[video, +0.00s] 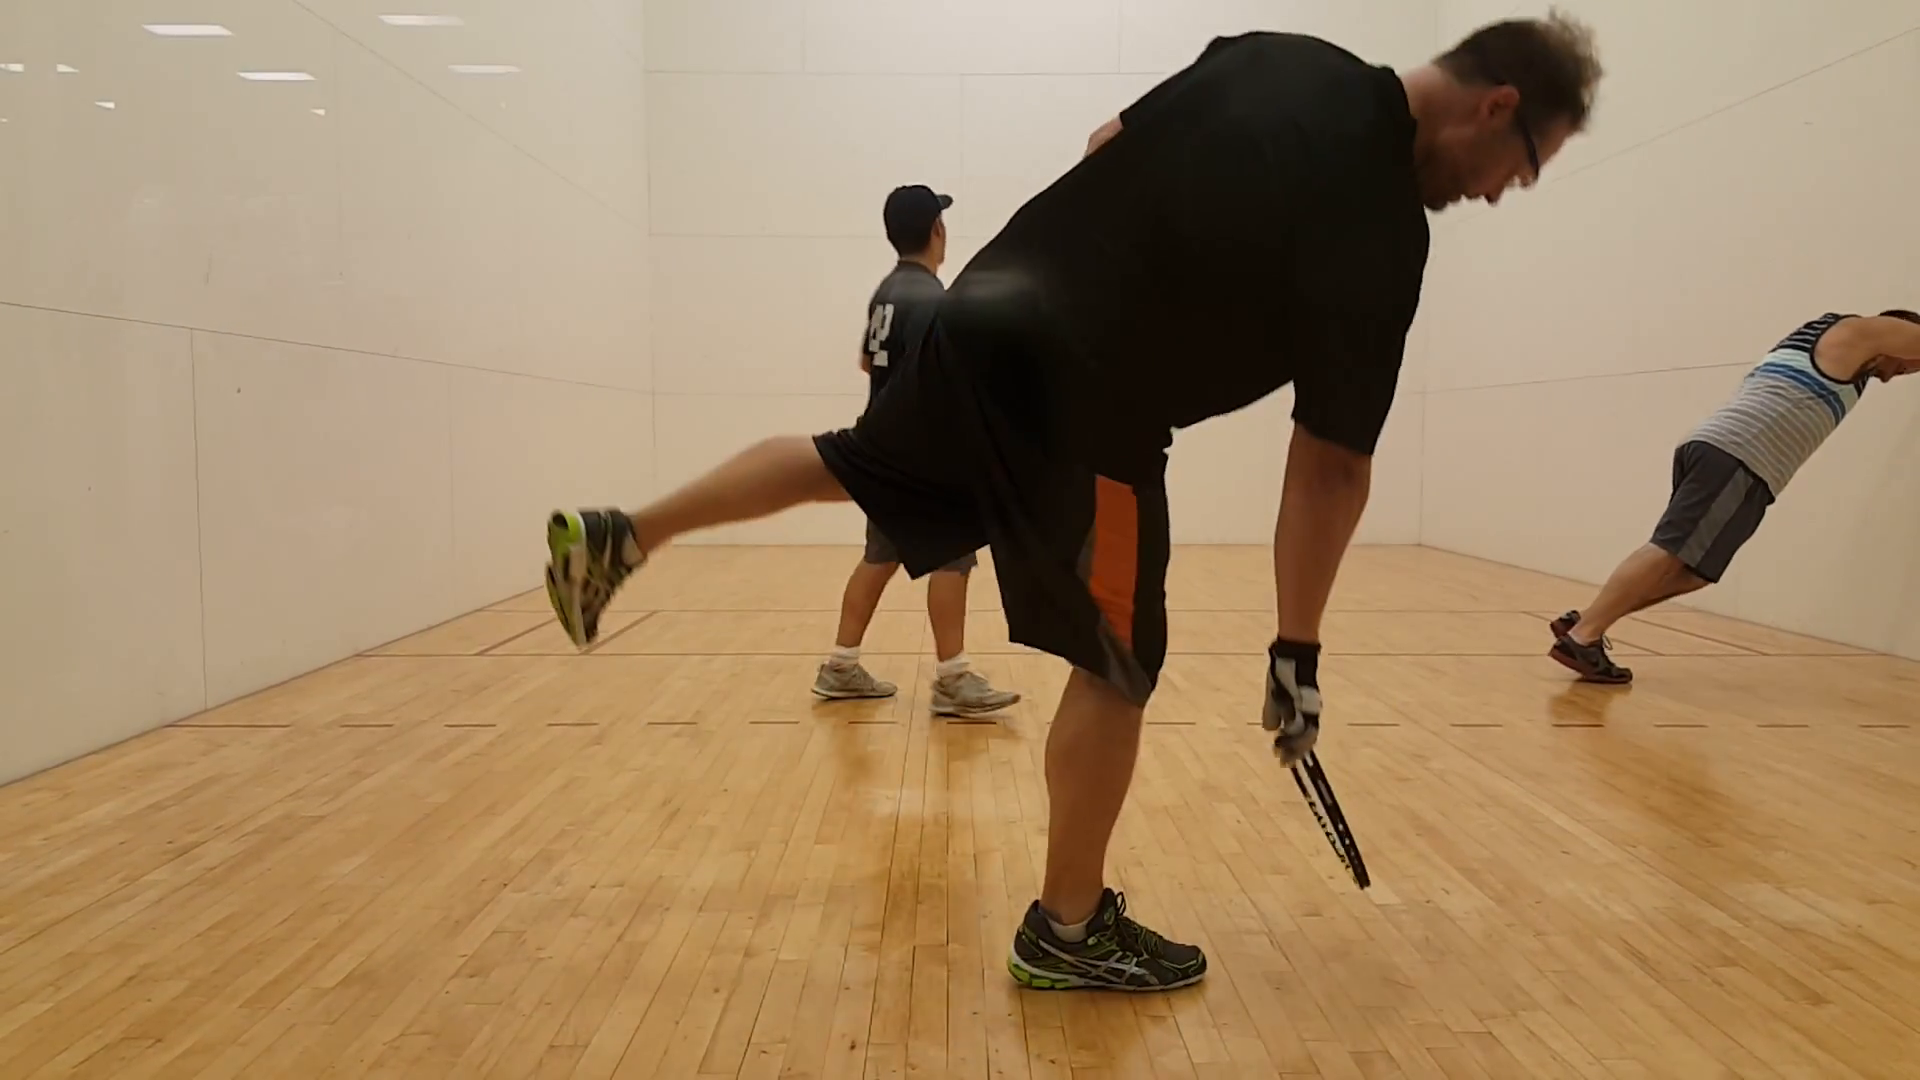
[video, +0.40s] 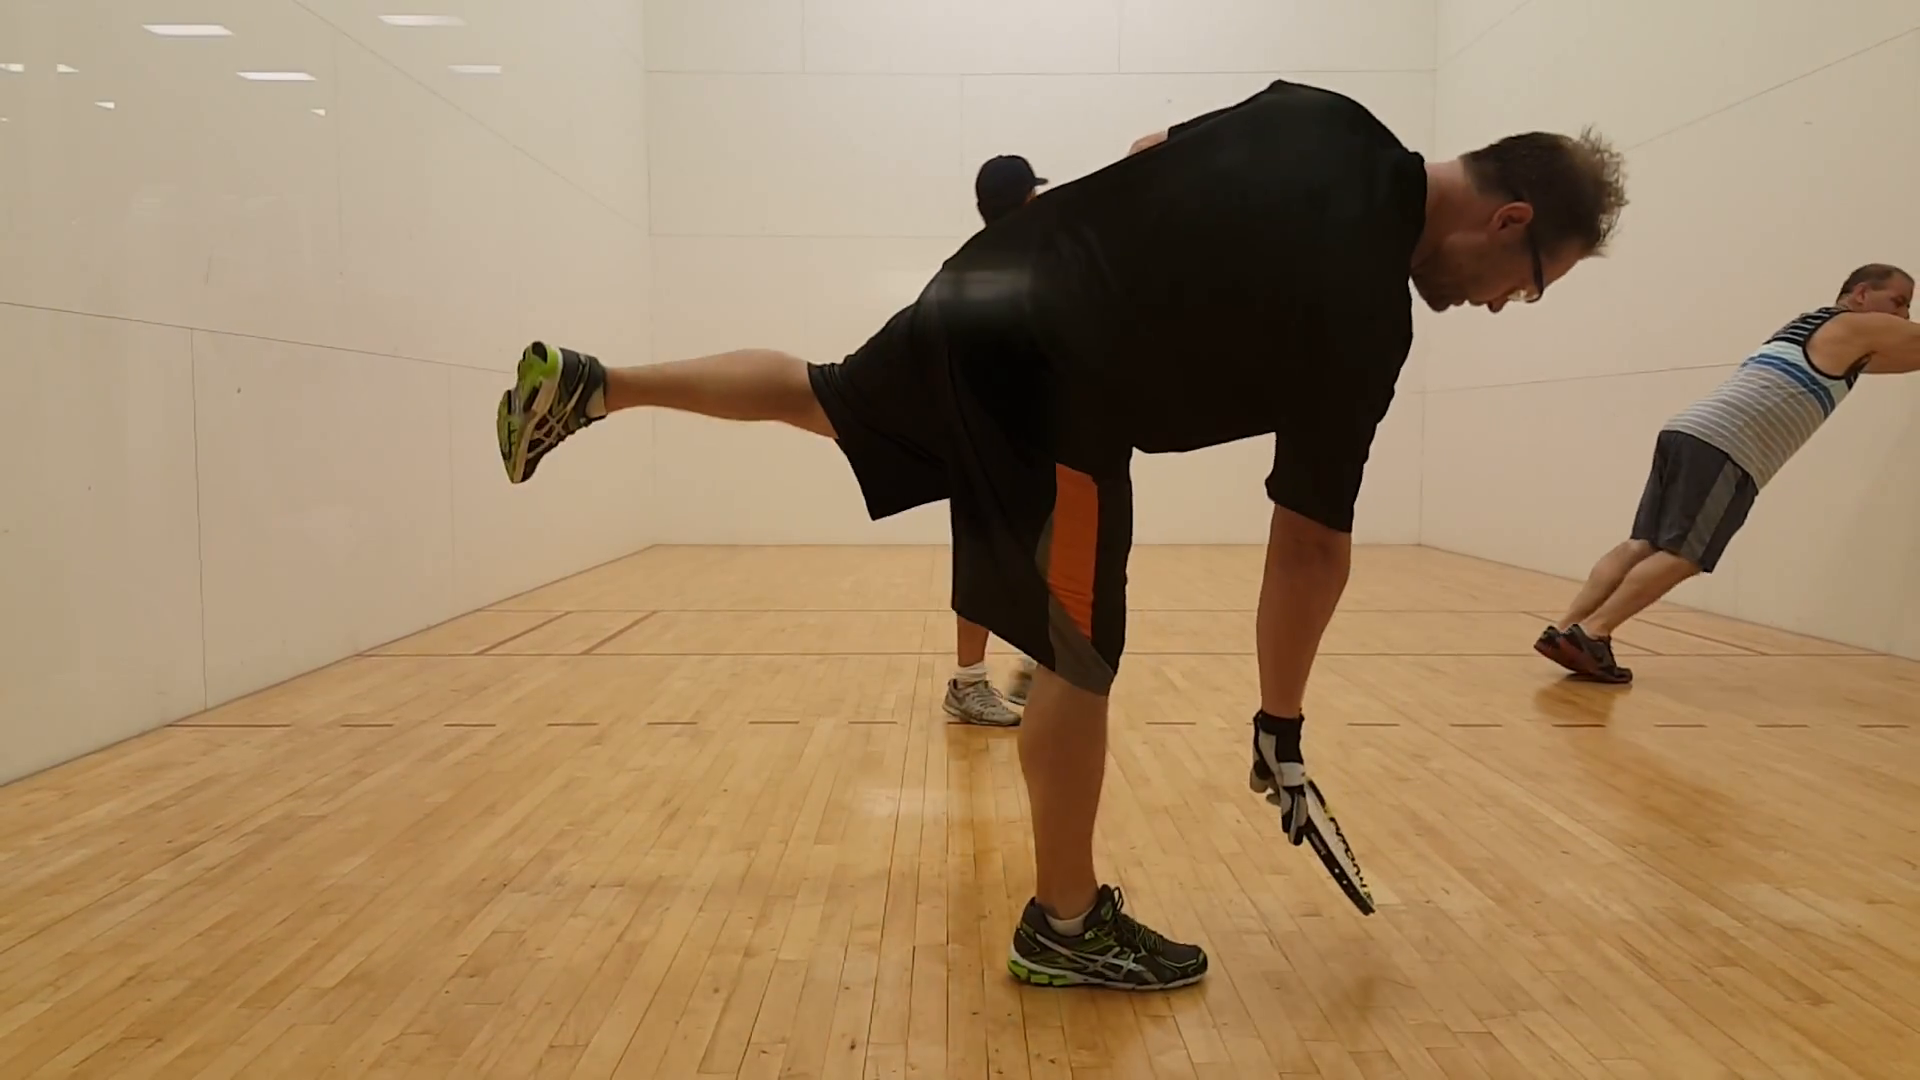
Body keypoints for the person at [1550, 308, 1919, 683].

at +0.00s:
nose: (1900, 375)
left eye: (1908, 368)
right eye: (1907, 363)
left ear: (1891, 340)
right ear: (1895, 337)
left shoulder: (1825, 343)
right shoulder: (1851, 334)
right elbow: (1917, 336)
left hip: (1738, 464)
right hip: (1734, 459)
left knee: (1698, 570)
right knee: (1672, 552)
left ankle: (1587, 620)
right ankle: (1583, 637)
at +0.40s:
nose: (1904, 314)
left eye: (1906, 306)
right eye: (1899, 302)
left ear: (1856, 299)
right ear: (1859, 293)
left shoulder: (1814, 327)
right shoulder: (1852, 328)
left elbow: (1911, 353)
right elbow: (1919, 341)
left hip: (1685, 434)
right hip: (1725, 452)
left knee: (1644, 543)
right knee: (1684, 555)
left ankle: (1567, 628)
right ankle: (1593, 633)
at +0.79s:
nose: (1899, 319)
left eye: (1899, 310)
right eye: (1891, 307)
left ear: (1847, 313)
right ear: (1850, 307)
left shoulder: (1807, 338)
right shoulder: (1848, 342)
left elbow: (1907, 359)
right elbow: (1917, 348)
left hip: (1675, 443)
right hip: (1722, 463)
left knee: (1626, 546)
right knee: (1731, 570)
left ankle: (1559, 638)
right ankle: (1626, 625)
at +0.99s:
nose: (1902, 299)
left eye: (1903, 292)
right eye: (1893, 288)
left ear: (1851, 295)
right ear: (1852, 289)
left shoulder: (1811, 324)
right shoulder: (1853, 328)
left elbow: (1906, 354)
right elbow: (1917, 342)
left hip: (1684, 436)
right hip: (1728, 455)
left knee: (1637, 542)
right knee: (1697, 562)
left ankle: (1566, 629)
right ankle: (1600, 632)